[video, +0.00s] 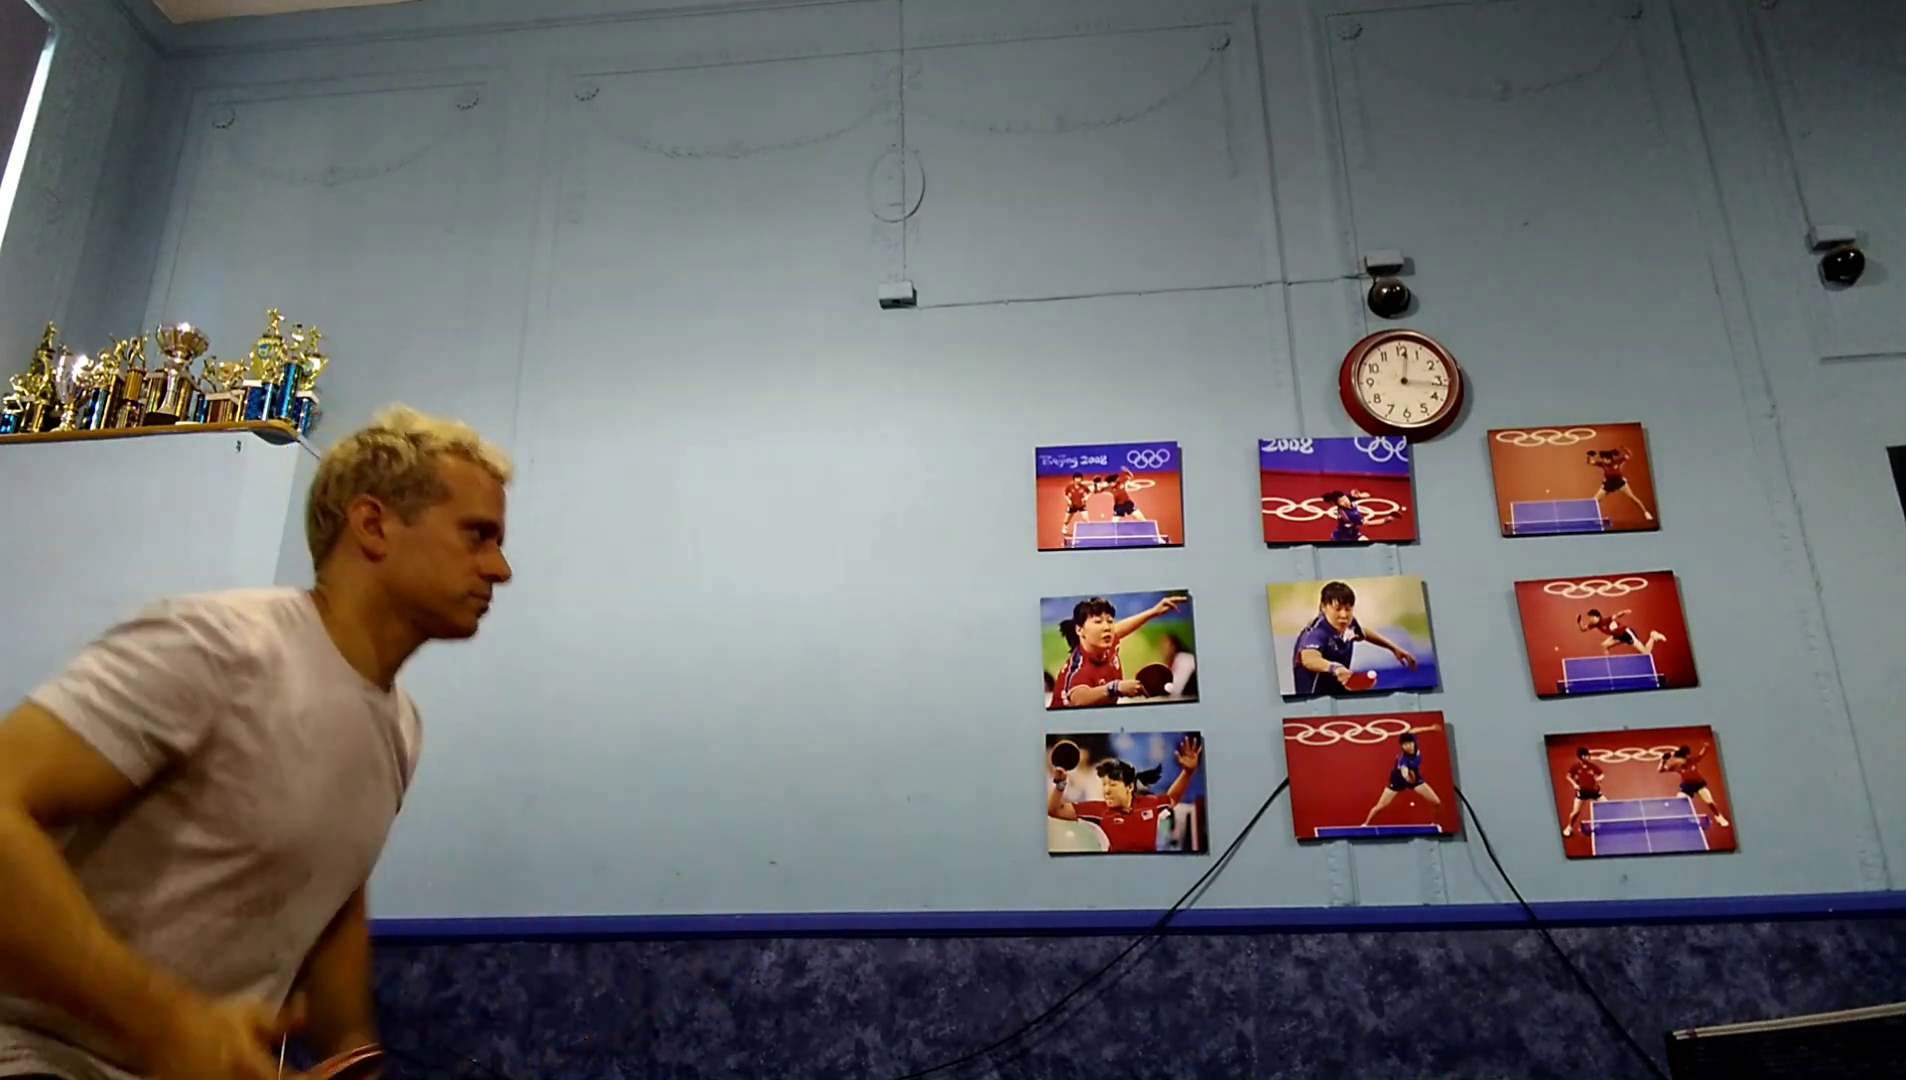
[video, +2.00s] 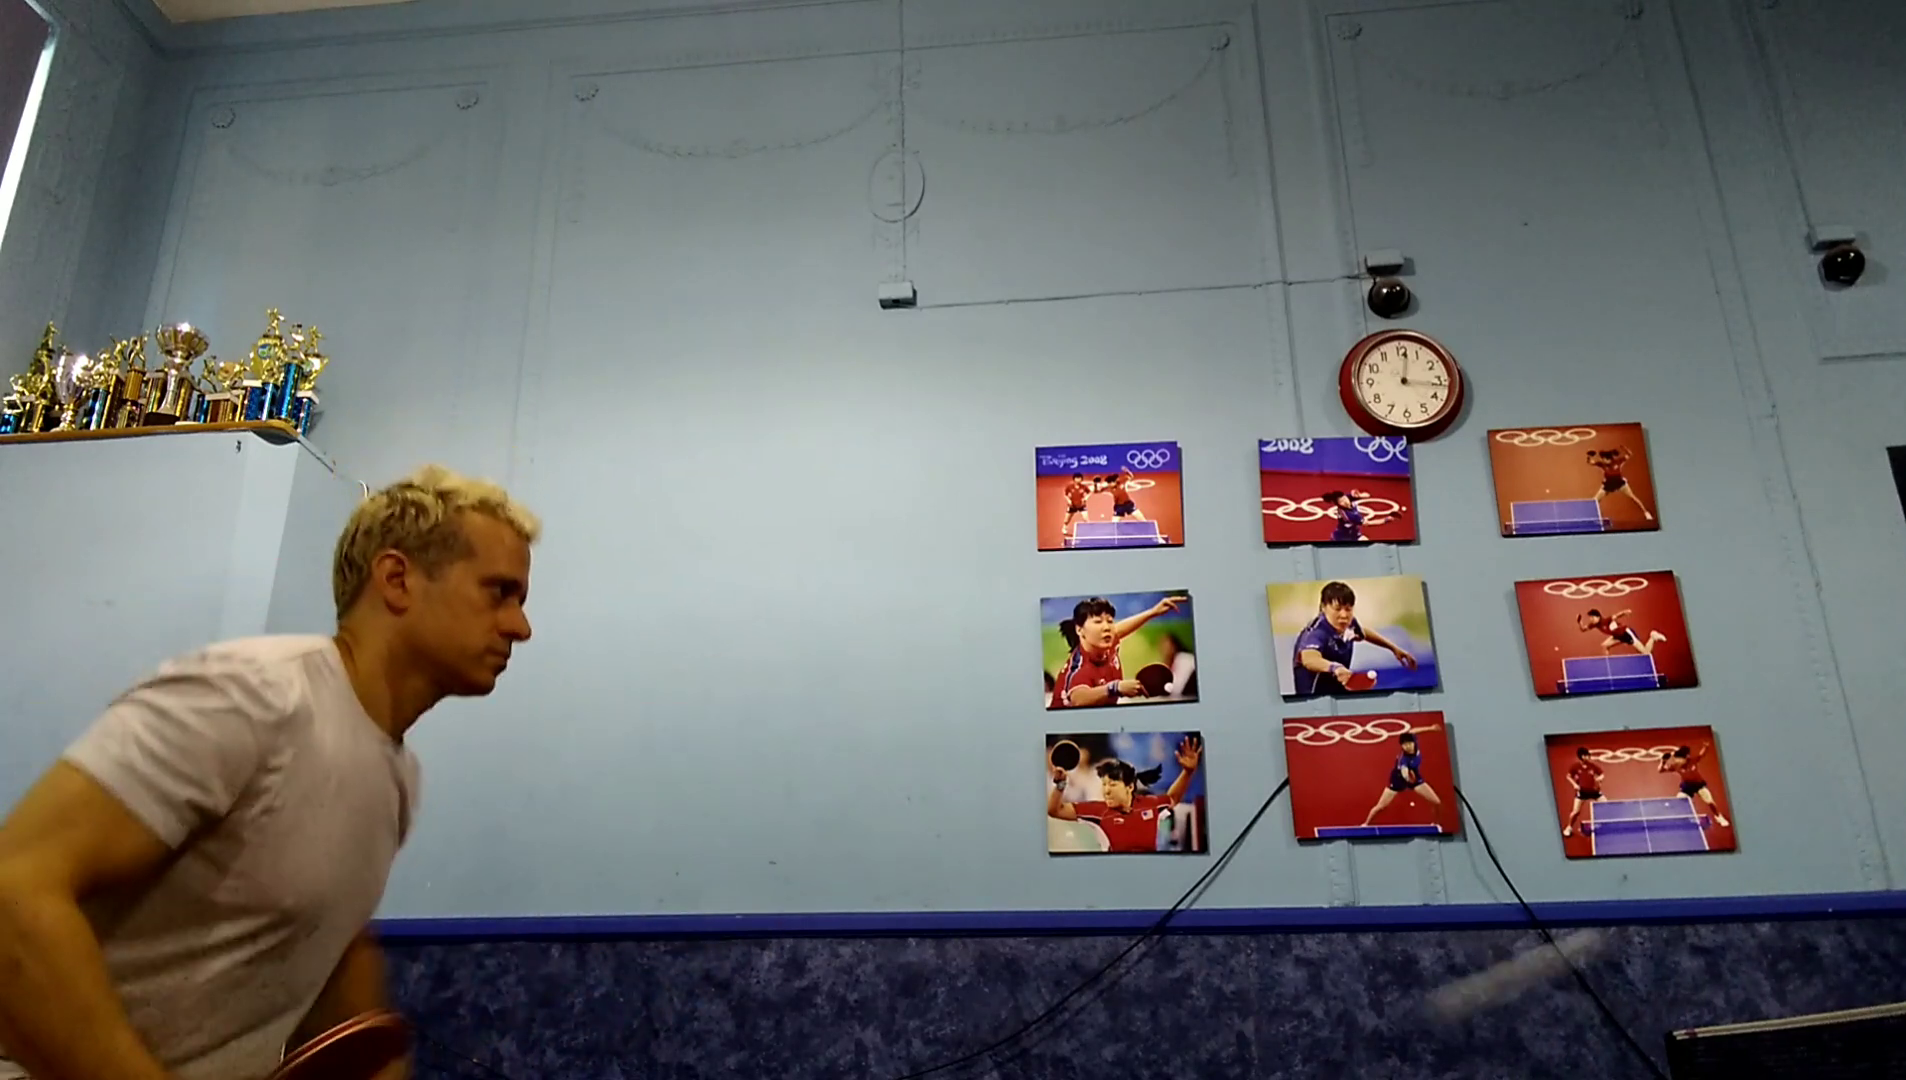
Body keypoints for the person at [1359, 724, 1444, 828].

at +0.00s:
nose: (1408, 747)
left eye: (1409, 744)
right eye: (1405, 745)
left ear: (1413, 743)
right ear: (1402, 746)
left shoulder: (1416, 747)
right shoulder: (1403, 759)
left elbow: (1413, 731)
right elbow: (1404, 771)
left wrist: (1431, 728)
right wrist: (1409, 779)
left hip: (1415, 780)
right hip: (1398, 781)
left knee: (1436, 802)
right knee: (1381, 805)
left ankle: (1434, 823)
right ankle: (1366, 823)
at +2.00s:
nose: (1408, 747)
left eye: (1409, 744)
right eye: (1405, 745)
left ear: (1414, 743)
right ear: (1402, 746)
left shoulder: (1416, 747)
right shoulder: (1403, 758)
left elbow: (1414, 731)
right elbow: (1404, 771)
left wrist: (1431, 728)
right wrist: (1408, 778)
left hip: (1415, 779)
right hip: (1398, 781)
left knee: (1436, 802)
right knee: (1381, 805)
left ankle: (1436, 824)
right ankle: (1366, 824)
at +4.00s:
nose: (1408, 747)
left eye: (1409, 744)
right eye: (1405, 745)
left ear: (1414, 743)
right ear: (1402, 746)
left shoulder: (1416, 748)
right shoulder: (1403, 758)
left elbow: (1413, 731)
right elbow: (1404, 771)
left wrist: (1431, 728)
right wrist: (1409, 778)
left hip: (1415, 779)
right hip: (1398, 781)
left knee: (1436, 802)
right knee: (1381, 806)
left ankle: (1435, 823)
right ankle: (1366, 823)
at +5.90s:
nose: (1408, 747)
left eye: (1410, 744)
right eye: (1405, 745)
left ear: (1414, 743)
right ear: (1402, 746)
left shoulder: (1416, 748)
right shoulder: (1403, 758)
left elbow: (1413, 731)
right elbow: (1404, 771)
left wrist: (1431, 728)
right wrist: (1409, 779)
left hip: (1415, 780)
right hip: (1398, 781)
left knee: (1436, 802)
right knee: (1381, 805)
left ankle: (1435, 823)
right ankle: (1366, 823)